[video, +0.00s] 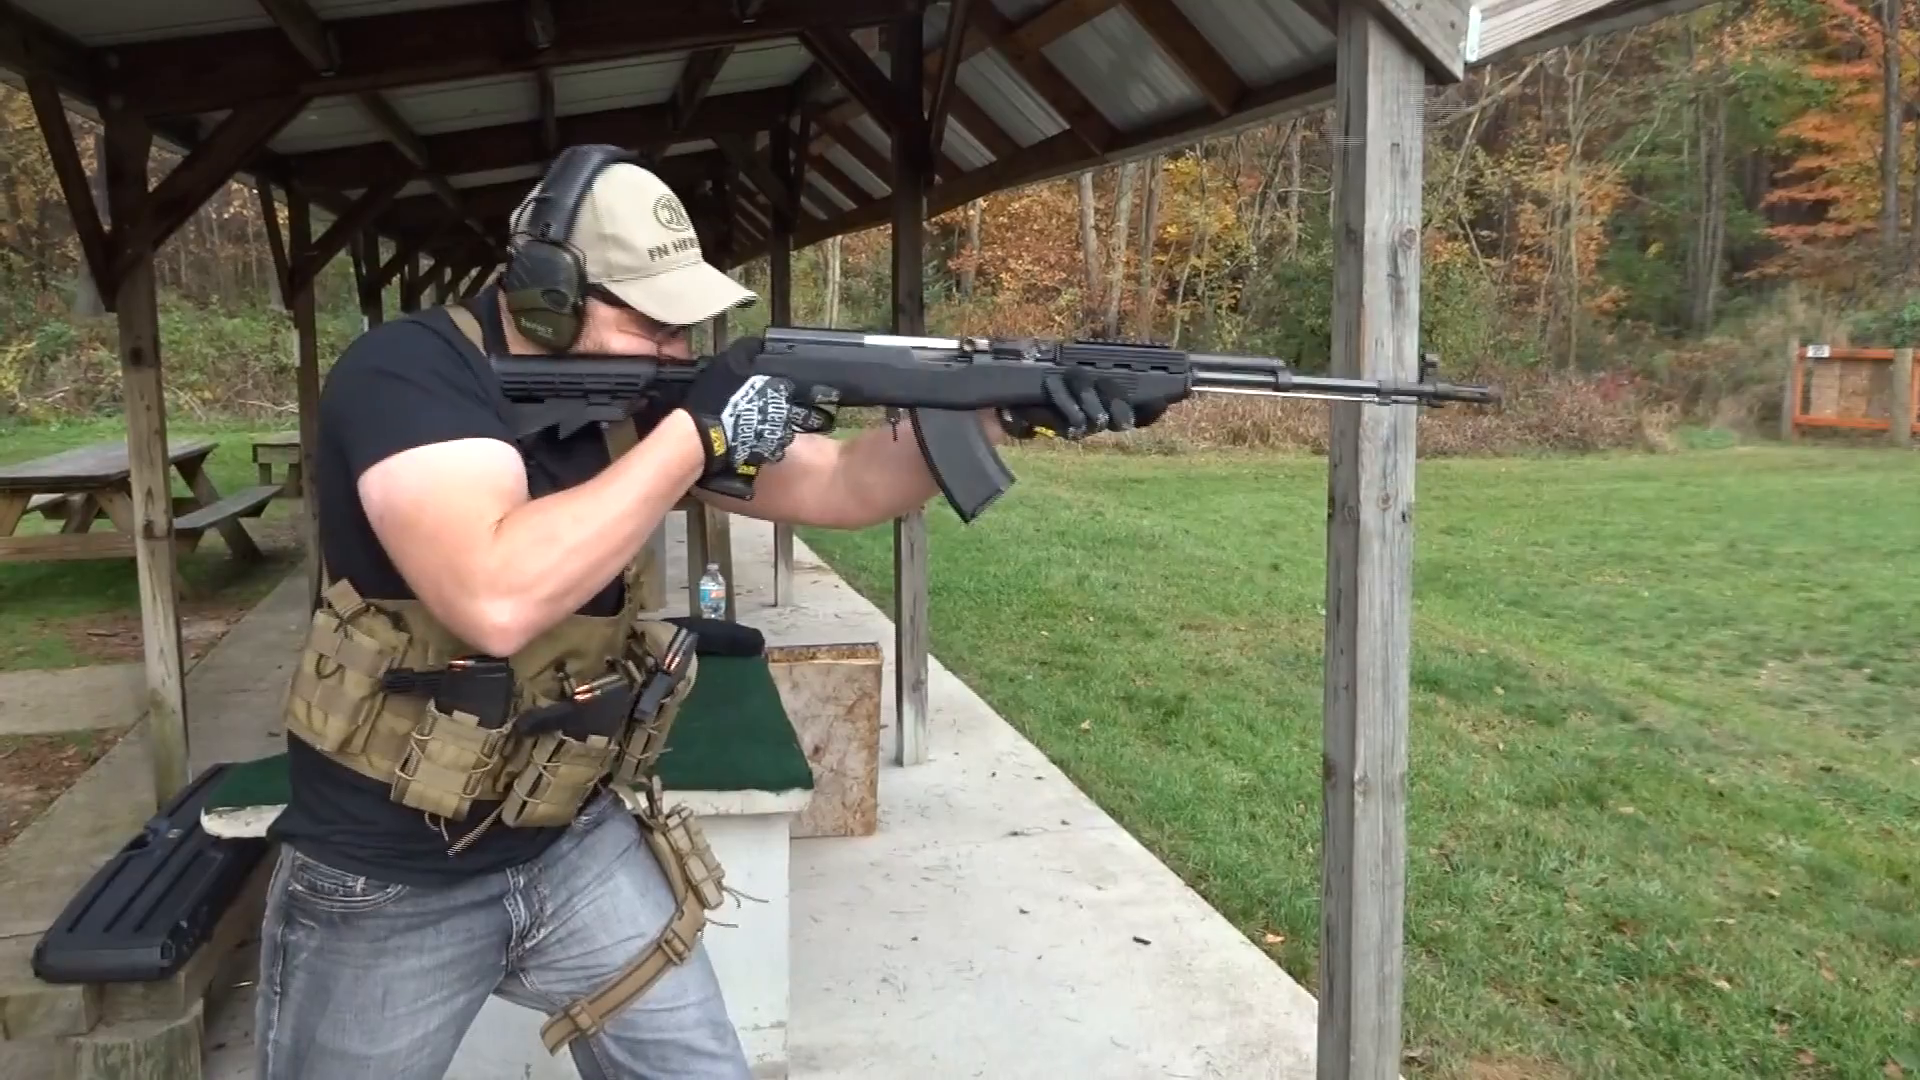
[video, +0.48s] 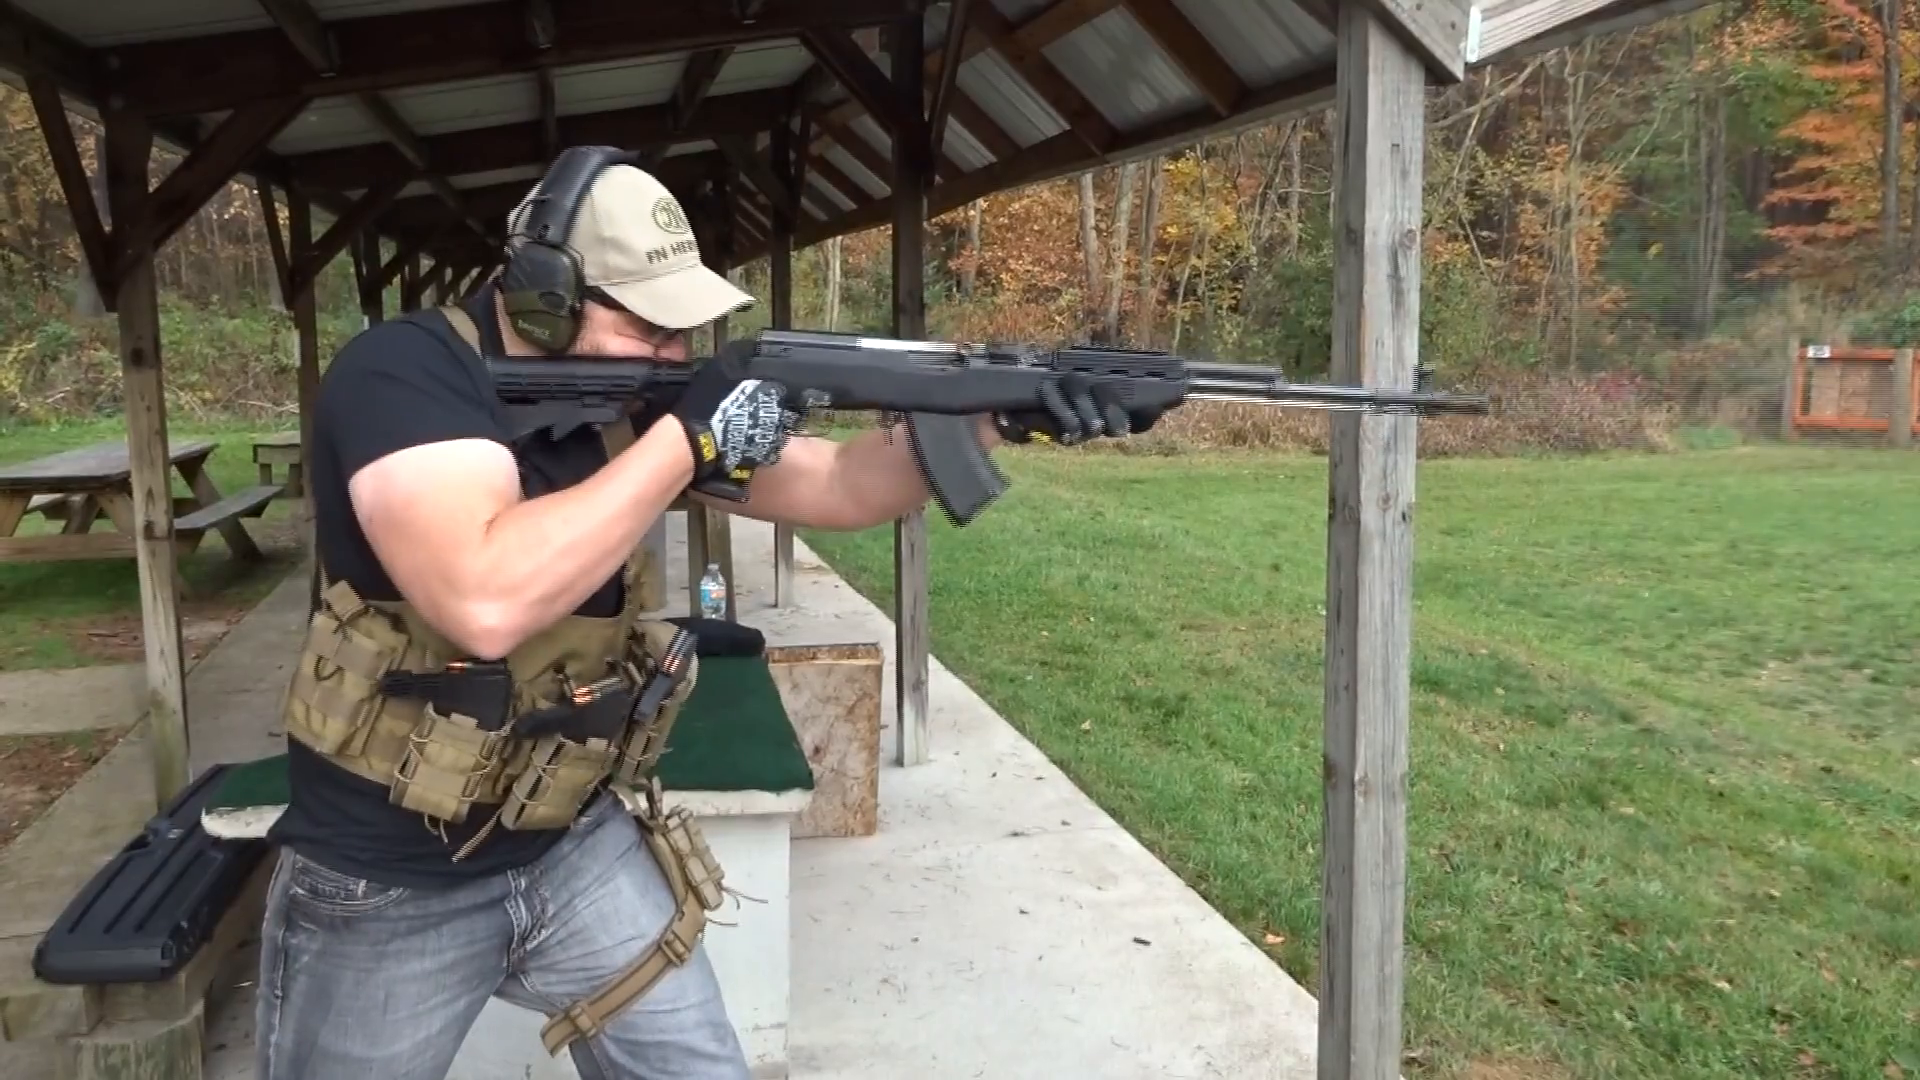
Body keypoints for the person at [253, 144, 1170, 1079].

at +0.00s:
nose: (670, 350)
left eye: (677, 327)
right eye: (644, 324)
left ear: (669, 304)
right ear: (547, 299)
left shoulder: (629, 400)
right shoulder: (398, 380)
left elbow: (842, 478)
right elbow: (495, 596)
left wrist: (1025, 399)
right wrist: (696, 428)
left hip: (580, 844)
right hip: (385, 886)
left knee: (704, 1068)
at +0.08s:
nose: (678, 350)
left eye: (685, 328)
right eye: (653, 326)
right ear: (552, 302)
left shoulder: (636, 396)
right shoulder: (402, 379)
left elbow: (845, 482)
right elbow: (495, 599)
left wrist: (1023, 404)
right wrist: (692, 431)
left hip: (582, 841)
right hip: (387, 883)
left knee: (703, 1064)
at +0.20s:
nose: (671, 349)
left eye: (677, 327)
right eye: (644, 324)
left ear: (670, 306)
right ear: (547, 300)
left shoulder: (632, 394)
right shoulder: (399, 378)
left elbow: (839, 480)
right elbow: (494, 597)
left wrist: (1021, 405)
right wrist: (692, 427)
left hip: (580, 843)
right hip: (387, 885)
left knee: (702, 1064)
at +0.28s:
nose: (673, 351)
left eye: (680, 329)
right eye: (648, 326)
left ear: (674, 310)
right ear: (551, 302)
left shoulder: (636, 392)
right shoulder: (400, 377)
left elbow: (842, 481)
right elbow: (490, 600)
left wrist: (1014, 407)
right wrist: (691, 431)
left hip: (580, 844)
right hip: (388, 887)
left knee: (703, 1065)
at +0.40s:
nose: (668, 350)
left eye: (674, 327)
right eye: (641, 326)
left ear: (668, 303)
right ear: (542, 303)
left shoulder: (627, 397)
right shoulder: (394, 379)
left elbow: (835, 479)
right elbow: (489, 598)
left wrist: (1015, 402)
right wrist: (689, 429)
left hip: (578, 844)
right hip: (387, 889)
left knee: (702, 1062)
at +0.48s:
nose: (668, 353)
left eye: (675, 330)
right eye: (642, 328)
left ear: (669, 303)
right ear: (546, 302)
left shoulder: (632, 394)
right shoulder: (395, 378)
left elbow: (837, 481)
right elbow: (484, 599)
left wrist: (1010, 406)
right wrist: (688, 432)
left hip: (580, 844)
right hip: (387, 886)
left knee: (702, 1064)